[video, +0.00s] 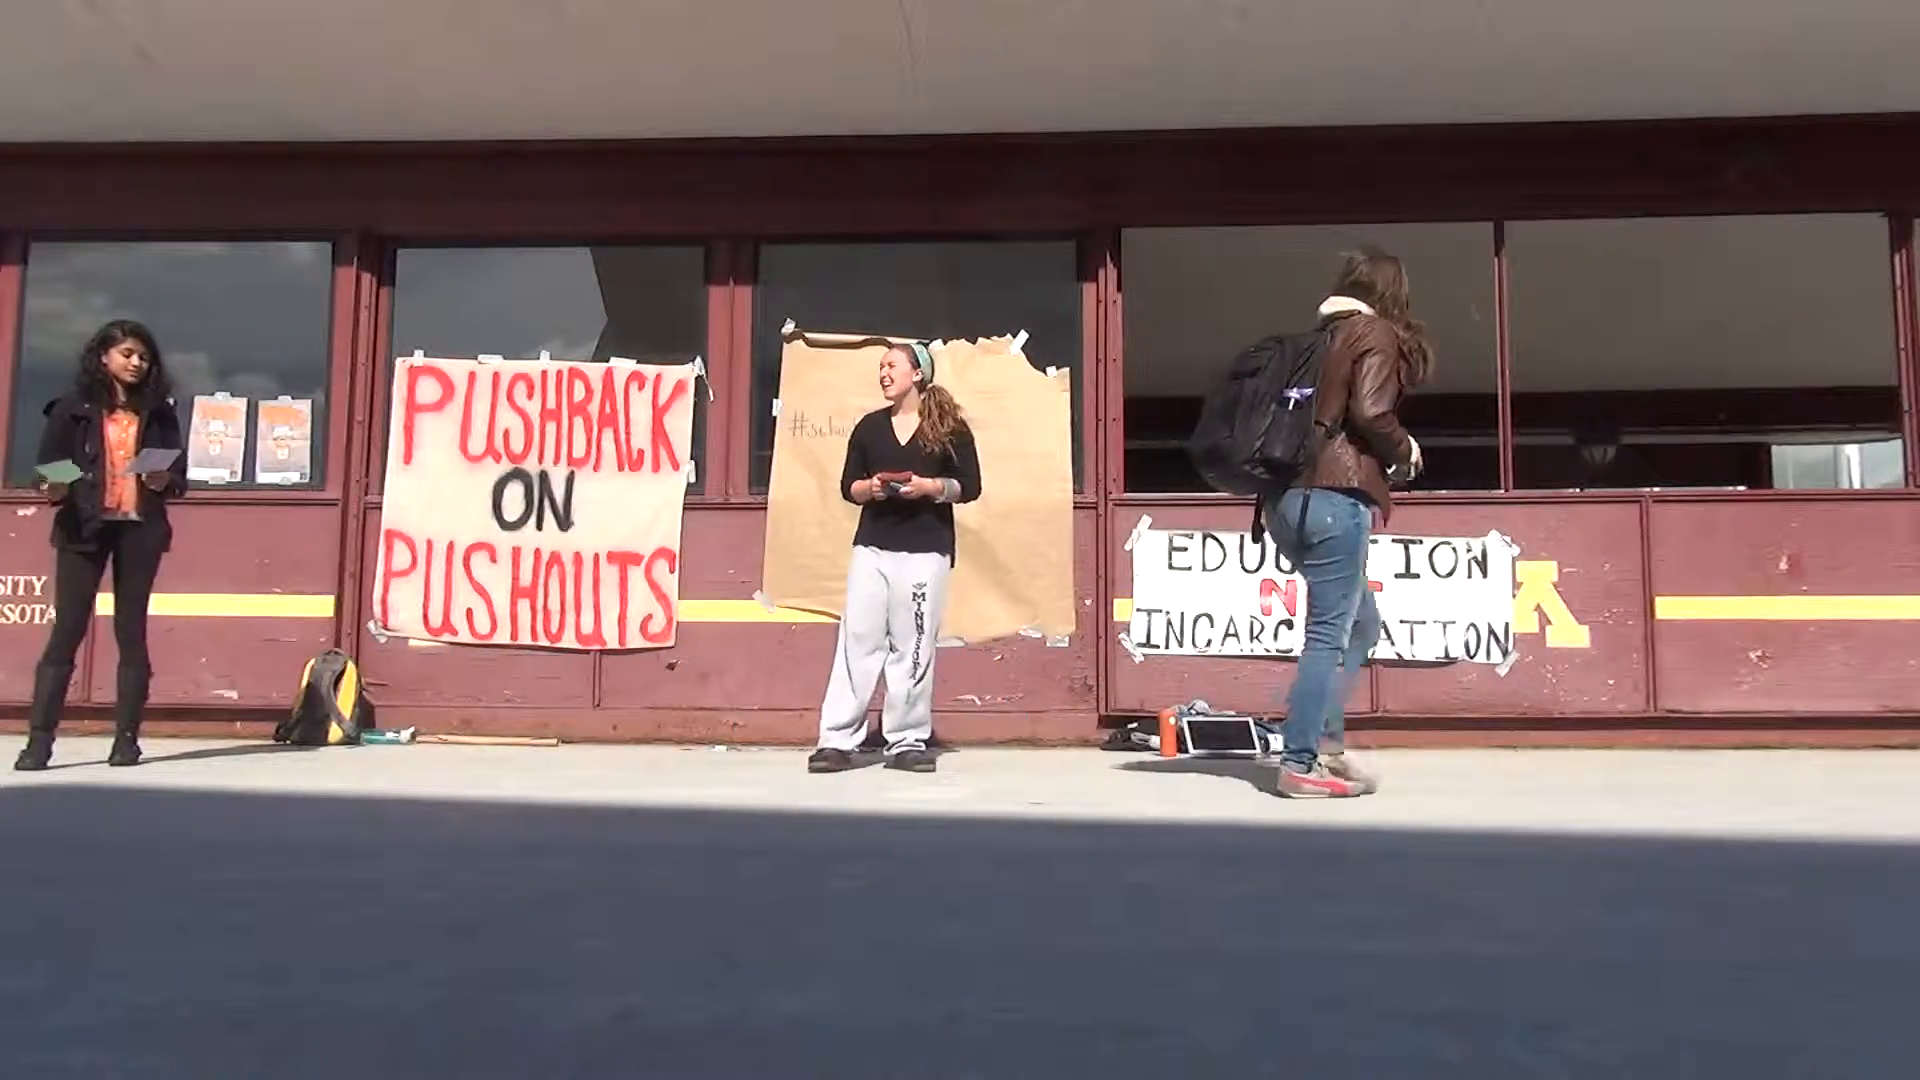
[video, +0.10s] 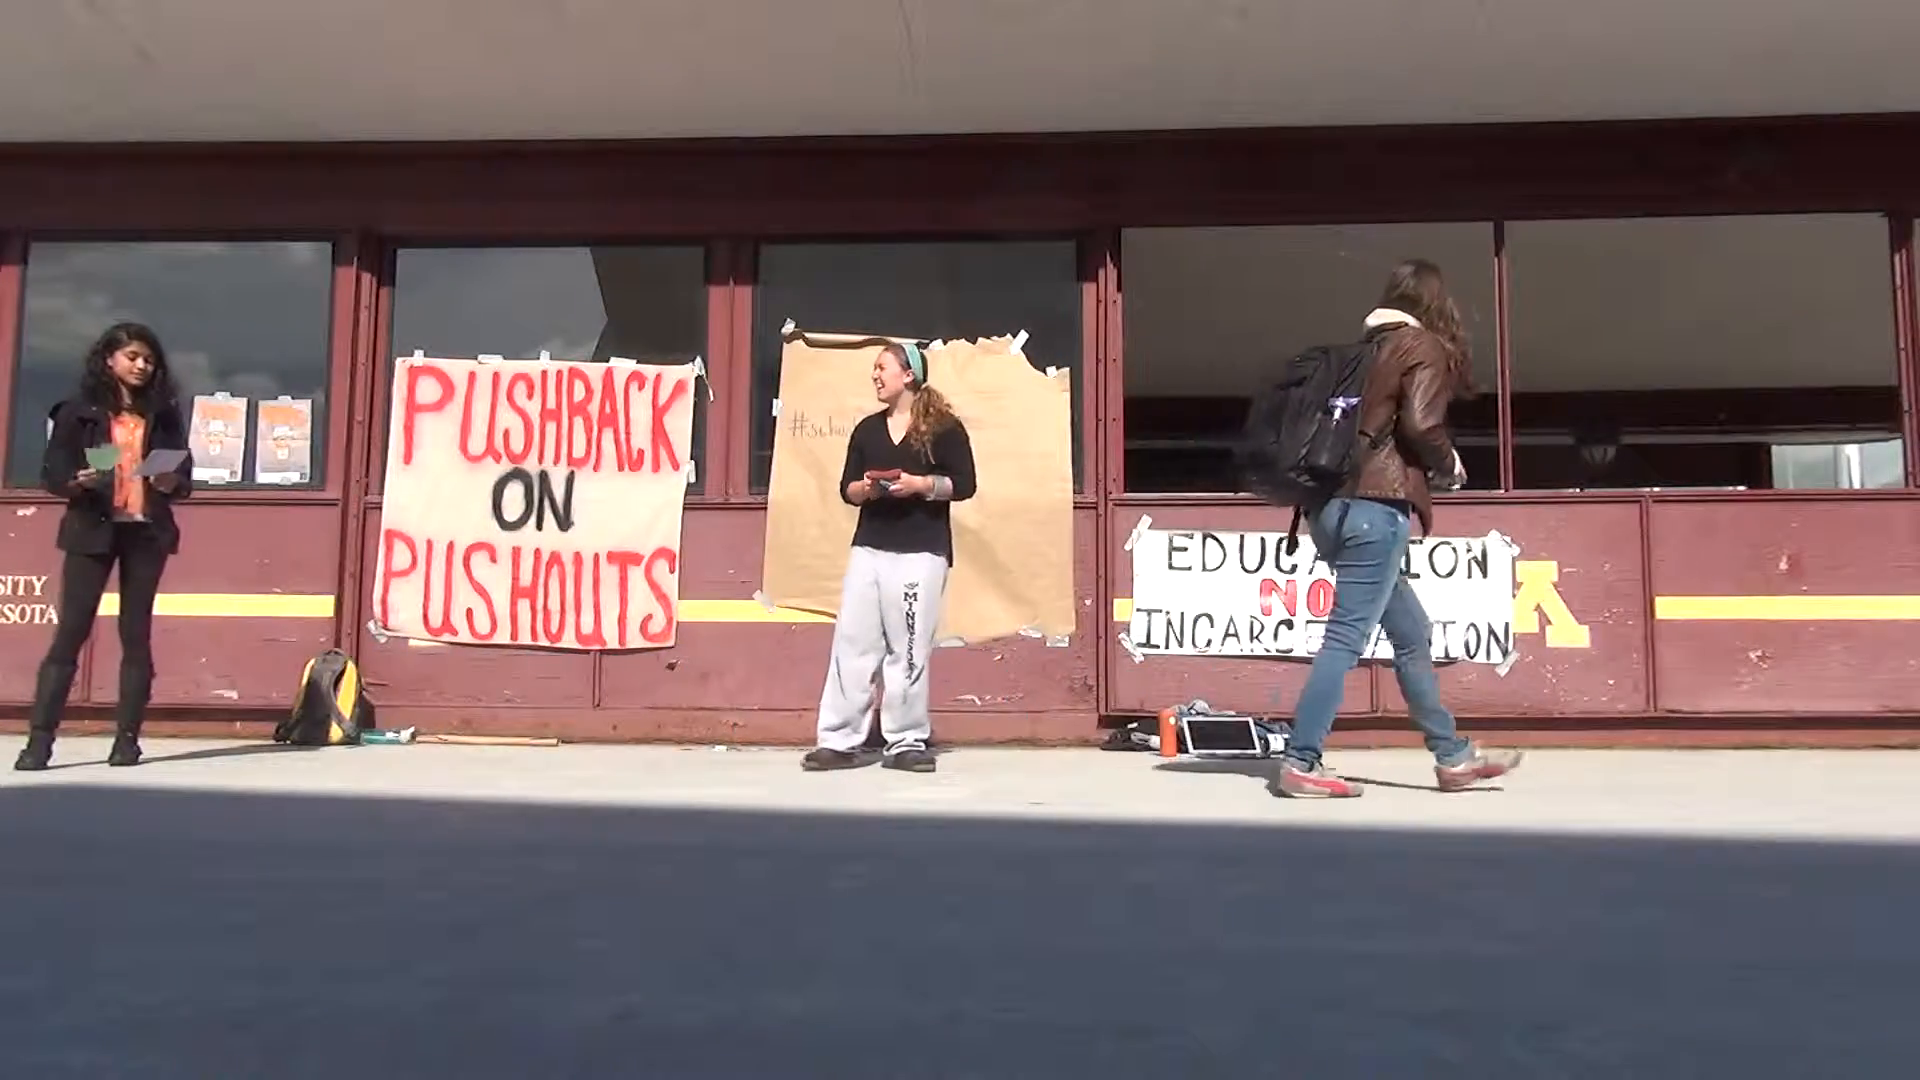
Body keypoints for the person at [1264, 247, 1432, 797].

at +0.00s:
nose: (1400, 303)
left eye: (1398, 293)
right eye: (1398, 293)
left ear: (1344, 286)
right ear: (1387, 292)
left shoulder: (1314, 338)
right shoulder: (1377, 336)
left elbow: (1284, 418)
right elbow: (1368, 412)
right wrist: (1405, 451)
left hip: (1284, 501)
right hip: (1337, 504)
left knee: (1365, 626)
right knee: (1326, 635)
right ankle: (1298, 766)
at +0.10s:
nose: (1448, 308)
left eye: (1444, 298)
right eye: (1444, 299)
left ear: (1390, 298)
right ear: (1433, 302)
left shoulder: (1363, 347)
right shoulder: (1427, 348)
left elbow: (1332, 424)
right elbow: (1419, 425)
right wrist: (1449, 468)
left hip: (1328, 510)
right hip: (1378, 512)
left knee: (1412, 635)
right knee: (1344, 640)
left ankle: (1454, 758)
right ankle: (1300, 765)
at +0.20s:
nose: (1496, 319)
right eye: (1493, 309)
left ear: (1439, 309)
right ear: (1483, 313)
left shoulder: (1411, 360)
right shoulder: (1474, 359)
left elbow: (1384, 435)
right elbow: (1464, 438)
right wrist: (1496, 479)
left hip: (1378, 521)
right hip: (1426, 522)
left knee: (1468, 642)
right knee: (1378, 641)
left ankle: (1525, 756)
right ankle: (1309, 755)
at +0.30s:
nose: (1538, 321)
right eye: (1533, 312)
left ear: (1478, 315)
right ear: (1524, 314)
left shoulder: (1454, 364)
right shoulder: (1519, 361)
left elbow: (1431, 440)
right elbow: (1517, 435)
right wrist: (1548, 479)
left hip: (1433, 524)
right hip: (1483, 522)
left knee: (1522, 635)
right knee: (1452, 648)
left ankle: (1543, 762)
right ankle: (1352, 732)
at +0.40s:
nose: (1575, 312)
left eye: (1568, 302)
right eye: (1572, 304)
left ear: (1519, 306)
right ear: (1564, 306)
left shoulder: (1497, 355)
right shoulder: (1563, 348)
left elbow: (1481, 430)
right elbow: (1561, 422)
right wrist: (1599, 465)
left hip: (1477, 516)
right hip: (1528, 512)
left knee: (1539, 640)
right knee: (1547, 642)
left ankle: (1544, 763)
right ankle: (1443, 712)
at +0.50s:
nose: (1620, 303)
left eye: (1618, 293)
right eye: (1617, 294)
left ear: (1561, 296)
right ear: (1606, 296)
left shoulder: (1536, 347)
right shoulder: (1604, 338)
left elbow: (1520, 426)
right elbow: (1602, 411)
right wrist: (1643, 457)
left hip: (1516, 508)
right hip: (1571, 504)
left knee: (1547, 634)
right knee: (1622, 624)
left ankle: (1539, 757)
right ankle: (1554, 732)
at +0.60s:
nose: (1662, 308)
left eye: (1656, 297)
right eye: (1658, 299)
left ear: (1603, 301)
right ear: (1650, 300)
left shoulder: (1578, 350)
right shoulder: (1649, 343)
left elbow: (1562, 425)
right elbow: (1644, 416)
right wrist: (1682, 460)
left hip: (1554, 512)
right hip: (1615, 509)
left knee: (1557, 642)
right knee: (1679, 622)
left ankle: (1541, 762)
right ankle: (1686, 760)